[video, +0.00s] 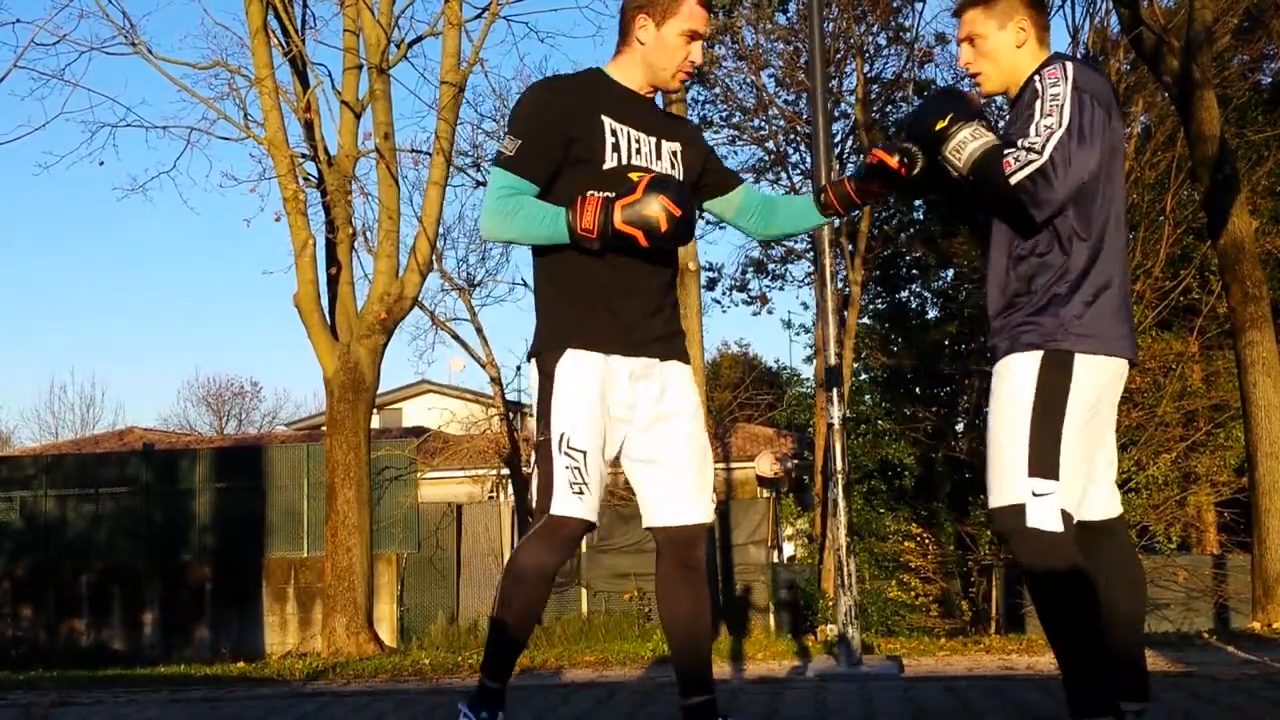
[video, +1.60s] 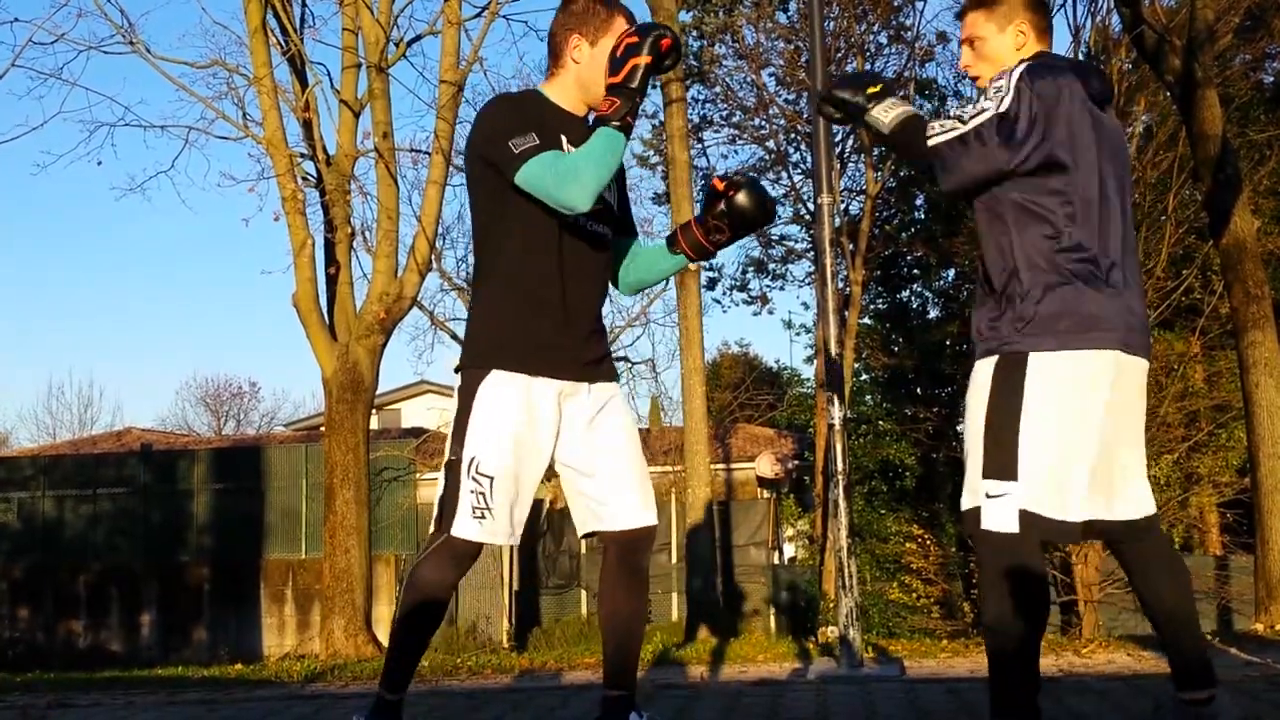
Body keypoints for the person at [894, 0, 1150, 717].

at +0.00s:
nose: (962, 60)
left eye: (970, 41)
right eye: (960, 45)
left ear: (1021, 32)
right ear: (1019, 37)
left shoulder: (1065, 83)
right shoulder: (1040, 101)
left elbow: (1033, 192)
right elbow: (993, 201)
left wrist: (962, 133)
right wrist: (930, 158)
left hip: (1054, 332)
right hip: (1083, 331)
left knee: (1026, 514)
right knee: (1092, 511)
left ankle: (1095, 705)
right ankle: (1128, 698)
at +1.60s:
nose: (961, 58)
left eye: (971, 40)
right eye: (960, 44)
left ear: (1022, 33)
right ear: (1034, 38)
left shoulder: (1031, 91)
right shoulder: (1098, 106)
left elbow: (947, 159)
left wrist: (884, 112)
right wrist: (899, 119)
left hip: (1039, 335)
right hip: (1116, 331)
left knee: (1002, 522)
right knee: (1124, 508)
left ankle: (1013, 710)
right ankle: (1198, 686)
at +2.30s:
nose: (905, 51)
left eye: (916, 34)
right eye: (904, 37)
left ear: (966, 28)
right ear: (964, 29)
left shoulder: (1000, 79)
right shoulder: (1017, 79)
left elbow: (925, 170)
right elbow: (920, 171)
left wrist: (887, 100)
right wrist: (883, 98)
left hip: (1021, 340)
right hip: (1070, 334)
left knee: (997, 537)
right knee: (1081, 523)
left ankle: (1023, 719)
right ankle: (1152, 698)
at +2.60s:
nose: (898, 71)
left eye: (905, 52)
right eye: (896, 56)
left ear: (953, 41)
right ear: (954, 45)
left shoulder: (989, 93)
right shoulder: (1002, 99)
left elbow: (913, 185)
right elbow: (918, 198)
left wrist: (850, 125)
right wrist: (852, 130)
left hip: (985, 347)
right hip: (1039, 344)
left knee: (914, 530)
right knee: (1061, 529)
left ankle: (868, 717)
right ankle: (1151, 703)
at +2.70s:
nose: (870, 84)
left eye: (881, 66)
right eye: (870, 68)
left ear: (931, 61)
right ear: (937, 67)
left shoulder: (952, 117)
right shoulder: (983, 119)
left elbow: (879, 212)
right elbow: (904, 225)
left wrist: (792, 173)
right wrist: (830, 176)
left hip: (956, 369)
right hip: (1013, 371)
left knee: (867, 546)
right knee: (1038, 544)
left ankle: (826, 719)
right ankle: (1144, 702)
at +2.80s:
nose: (821, 88)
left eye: (831, 71)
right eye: (822, 72)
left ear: (879, 68)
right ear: (889, 73)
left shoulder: (902, 121)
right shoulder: (943, 125)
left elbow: (905, 247)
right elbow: (922, 249)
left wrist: (829, 227)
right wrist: (835, 217)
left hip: (907, 369)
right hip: (978, 371)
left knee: (810, 543)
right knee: (1021, 537)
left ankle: (805, 718)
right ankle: (1135, 698)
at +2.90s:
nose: (781, 80)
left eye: (789, 64)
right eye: (781, 66)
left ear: (837, 58)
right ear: (850, 60)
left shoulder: (859, 115)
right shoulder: (912, 121)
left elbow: (839, 223)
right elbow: (860, 233)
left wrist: (763, 196)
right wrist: (776, 196)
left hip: (881, 360)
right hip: (954, 357)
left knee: (808, 533)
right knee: (950, 522)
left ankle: (803, 716)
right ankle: (1080, 686)